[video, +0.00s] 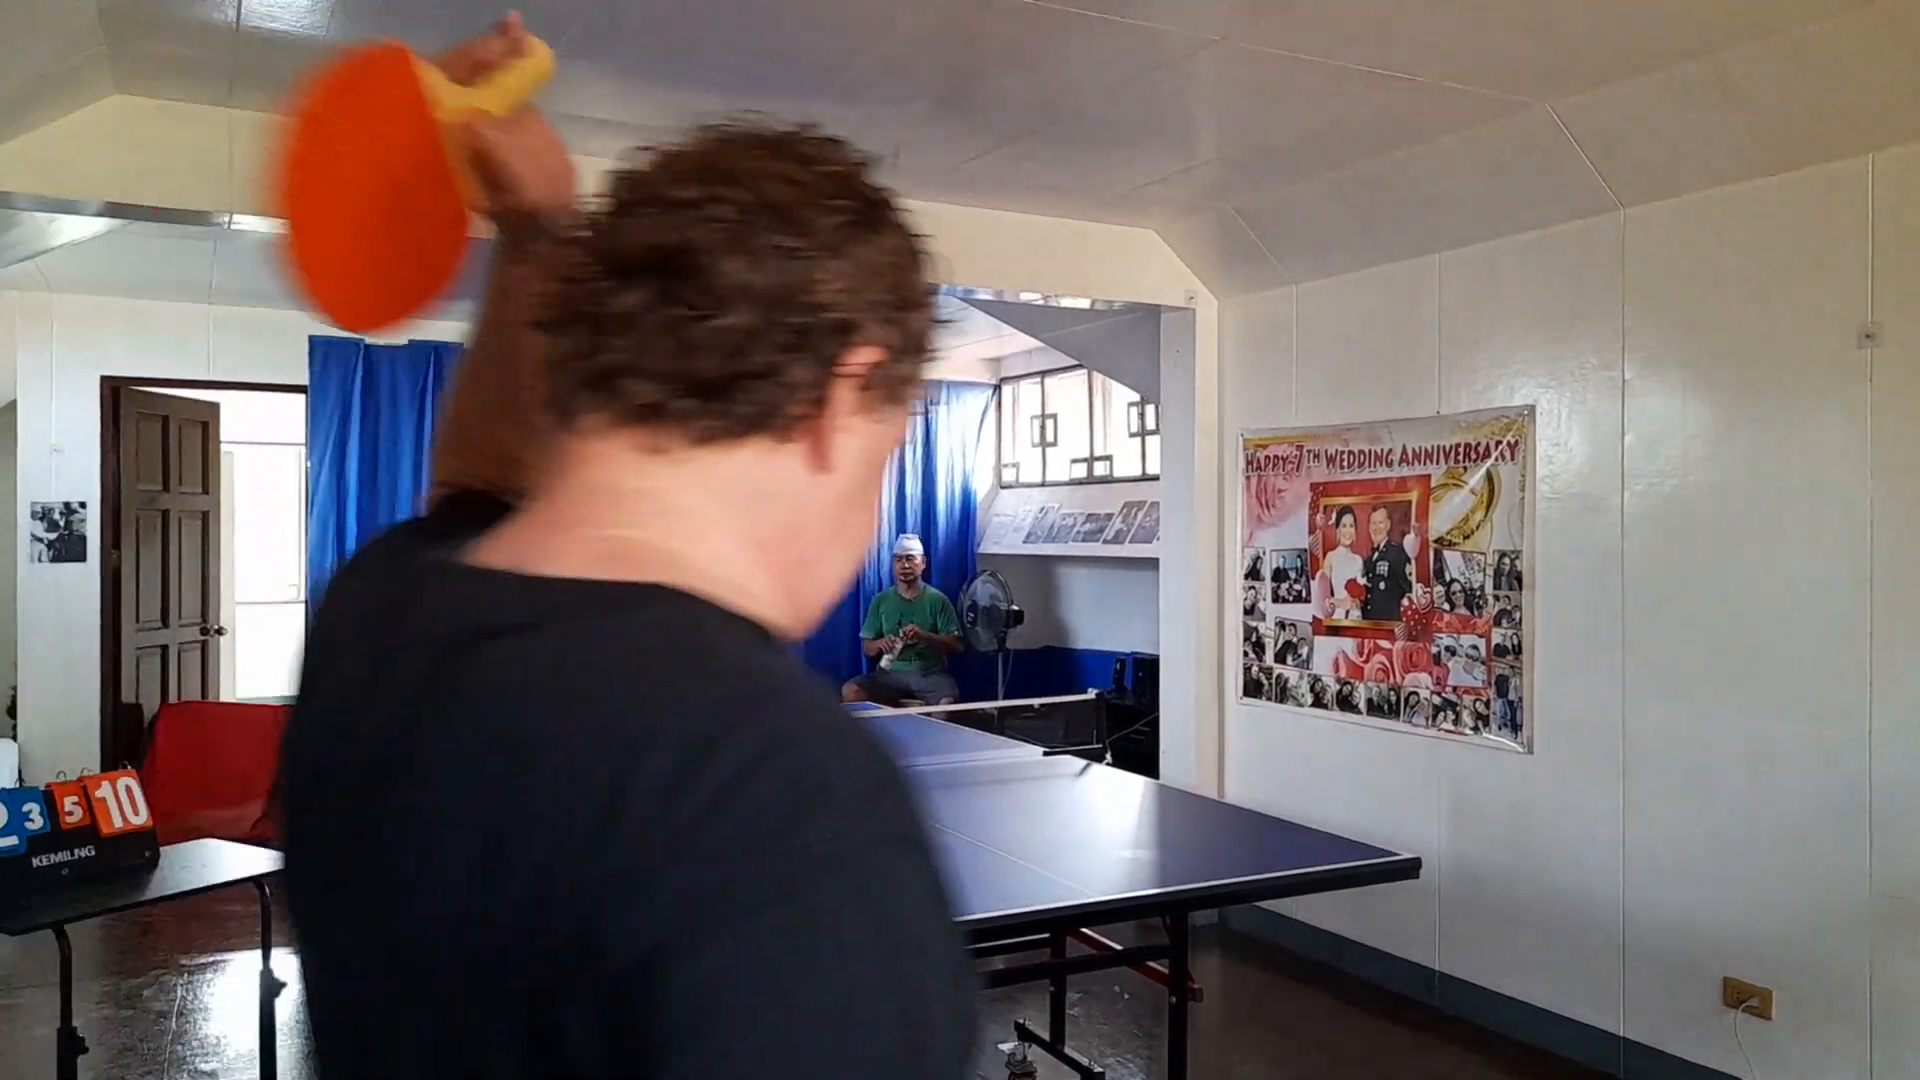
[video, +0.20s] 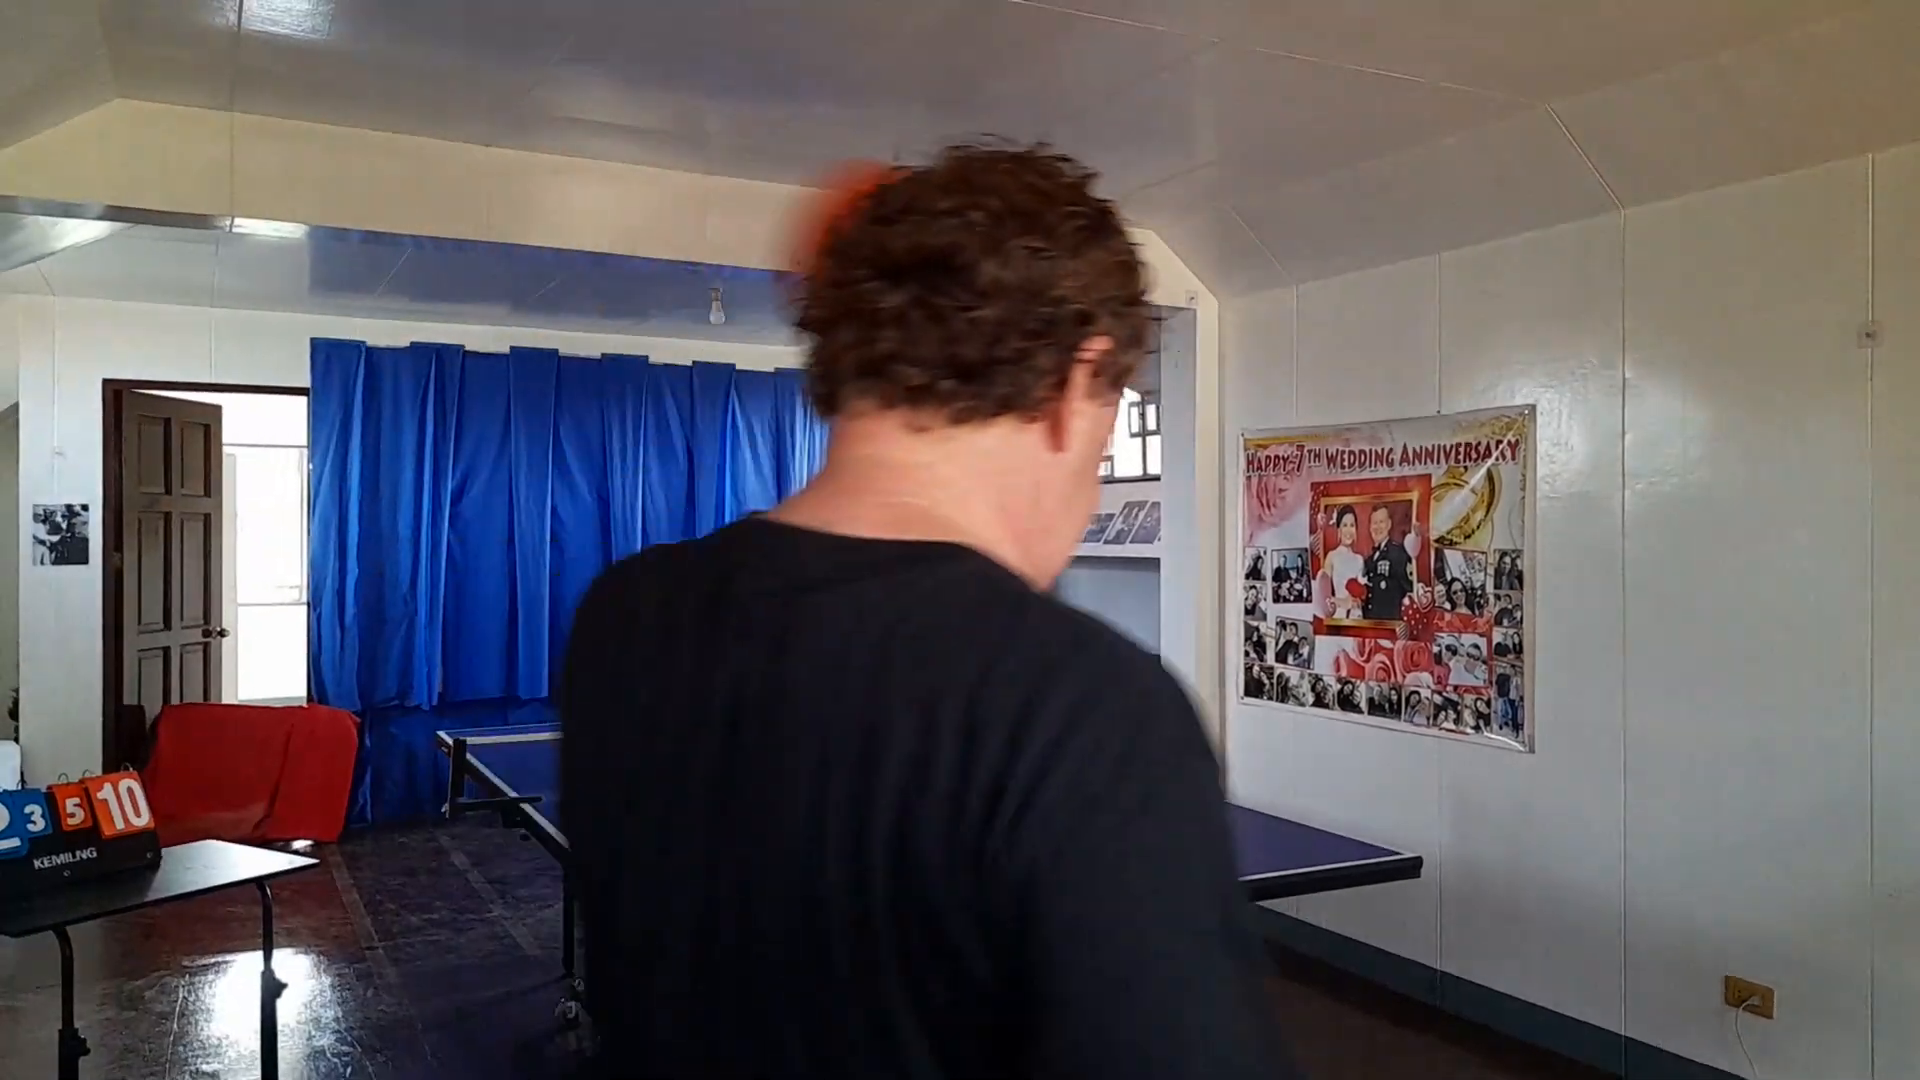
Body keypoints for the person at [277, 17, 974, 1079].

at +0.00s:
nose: (878, 508)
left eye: (898, 451)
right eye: (895, 446)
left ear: (584, 352)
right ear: (846, 401)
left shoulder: (375, 623)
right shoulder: (778, 778)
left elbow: (481, 484)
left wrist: (536, 237)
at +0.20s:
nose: (1097, 488)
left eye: (1115, 425)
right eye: (1114, 417)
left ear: (849, 356)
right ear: (1080, 382)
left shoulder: (624, 620)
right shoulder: (1091, 714)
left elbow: (622, 1007)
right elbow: (1187, 1051)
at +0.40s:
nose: (1275, 477)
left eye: (1286, 432)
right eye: (1287, 426)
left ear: (1044, 382)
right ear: (1258, 405)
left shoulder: (841, 633)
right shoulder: (1267, 689)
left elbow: (747, 918)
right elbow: (1403, 1042)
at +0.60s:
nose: (1379, 527)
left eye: (1391, 488)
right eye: (1391, 483)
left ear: (1185, 430)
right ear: (1363, 452)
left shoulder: (983, 665)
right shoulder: (1356, 681)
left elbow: (862, 1005)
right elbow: (1486, 1040)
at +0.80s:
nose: (1436, 512)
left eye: (1448, 471)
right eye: (1449, 464)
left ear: (1260, 430)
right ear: (1422, 437)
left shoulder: (1088, 632)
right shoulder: (1430, 634)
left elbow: (992, 927)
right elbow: (1486, 1045)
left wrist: (938, 1071)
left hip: (1147, 1059)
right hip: (1366, 1060)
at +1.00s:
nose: (1506, 523)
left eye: (1523, 486)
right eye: (1521, 480)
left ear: (1345, 432)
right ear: (1498, 436)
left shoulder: (1187, 609)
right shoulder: (1492, 623)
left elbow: (1139, 885)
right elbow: (1508, 1002)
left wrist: (1146, 1055)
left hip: (1224, 1056)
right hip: (1423, 1060)